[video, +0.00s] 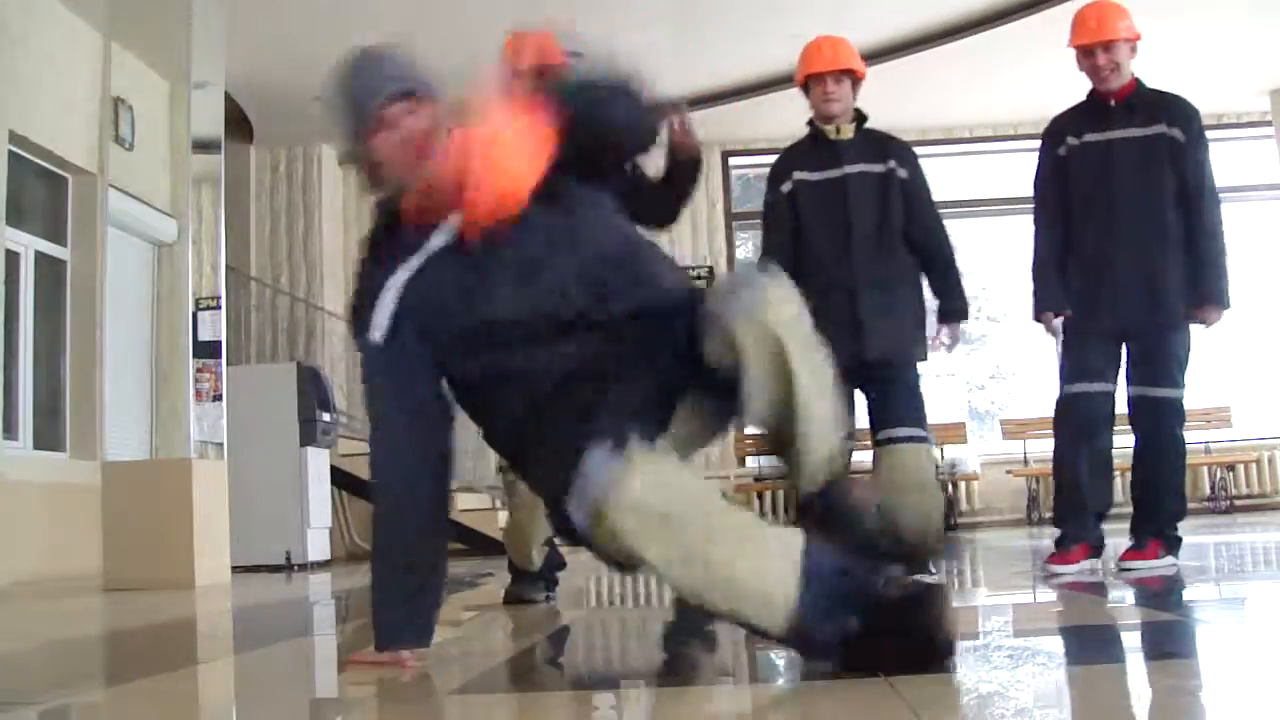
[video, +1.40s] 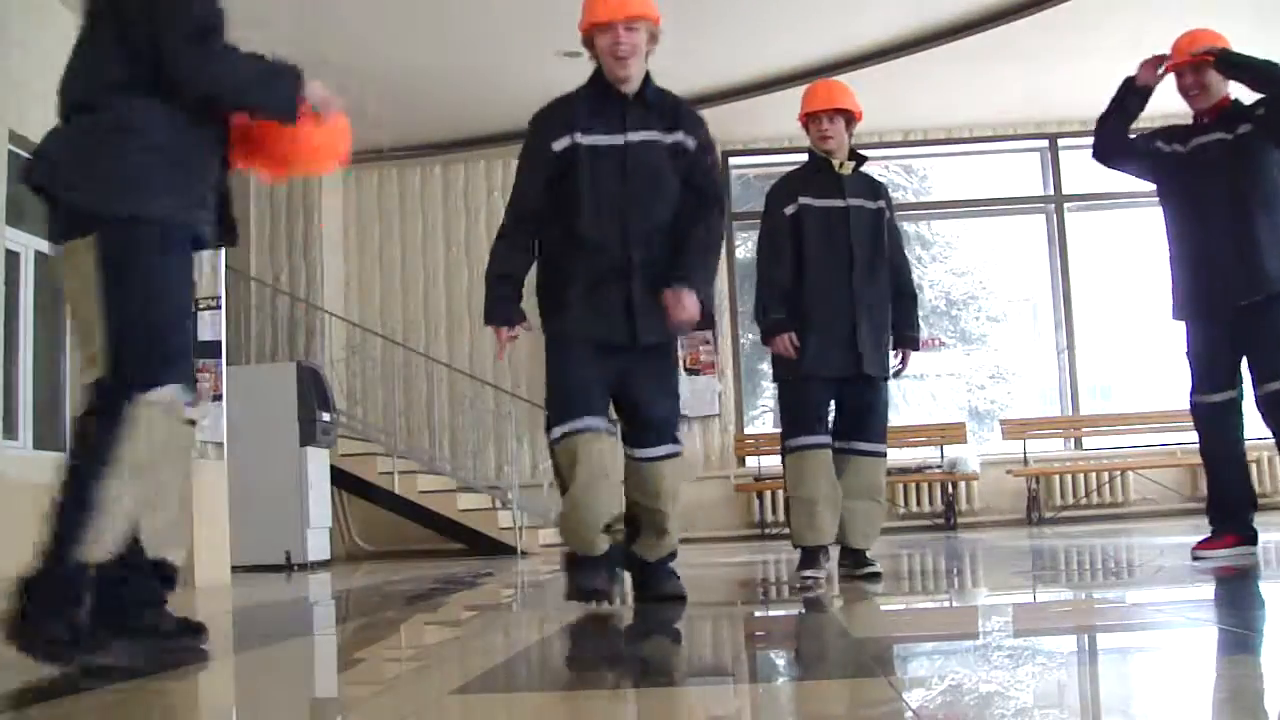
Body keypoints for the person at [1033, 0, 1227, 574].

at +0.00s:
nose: (1101, 59)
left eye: (1110, 47)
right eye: (1089, 51)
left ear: (1132, 46)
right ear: (1077, 57)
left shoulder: (1176, 115)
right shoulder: (1061, 131)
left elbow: (1202, 204)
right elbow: (1048, 219)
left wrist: (1209, 287)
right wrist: (1048, 291)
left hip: (1161, 298)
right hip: (1087, 301)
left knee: (1158, 422)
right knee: (1079, 421)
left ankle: (1155, 538)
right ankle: (1079, 537)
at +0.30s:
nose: (1109, 69)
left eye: (1119, 57)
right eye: (1099, 60)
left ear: (1145, 56)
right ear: (1091, 66)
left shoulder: (1190, 121)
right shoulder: (1083, 140)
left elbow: (1226, 207)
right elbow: (1070, 224)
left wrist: (1246, 283)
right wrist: (1073, 290)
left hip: (1171, 296)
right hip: (1106, 301)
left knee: (1159, 409)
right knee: (1106, 406)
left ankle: (1161, 540)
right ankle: (1155, 519)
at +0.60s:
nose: (1127, 93)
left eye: (1135, 81)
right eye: (1117, 85)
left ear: (1161, 77)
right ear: (1109, 89)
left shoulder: (1203, 133)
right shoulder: (1113, 160)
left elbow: (1243, 191)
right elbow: (1098, 238)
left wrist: (1200, 216)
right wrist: (1087, 305)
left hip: (1197, 301)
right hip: (1143, 306)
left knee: (1175, 411)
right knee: (1177, 416)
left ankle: (1159, 535)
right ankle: (1231, 526)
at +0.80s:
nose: (1137, 96)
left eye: (1144, 83)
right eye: (1128, 89)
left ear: (1171, 78)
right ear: (1123, 95)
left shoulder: (1216, 126)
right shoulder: (1132, 163)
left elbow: (1257, 160)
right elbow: (1119, 242)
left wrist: (1188, 124)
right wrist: (1092, 301)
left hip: (1218, 294)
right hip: (1166, 303)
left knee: (1197, 406)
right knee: (1190, 413)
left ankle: (1176, 526)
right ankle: (1233, 526)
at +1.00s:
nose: (1148, 92)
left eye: (1156, 80)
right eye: (1141, 84)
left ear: (1181, 79)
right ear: (1136, 91)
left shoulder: (1221, 129)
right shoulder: (1148, 160)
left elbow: (1263, 116)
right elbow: (1113, 222)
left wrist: (1196, 75)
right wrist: (1068, 211)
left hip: (1228, 287)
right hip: (1180, 299)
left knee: (1220, 400)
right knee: (1190, 409)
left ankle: (1254, 524)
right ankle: (1228, 526)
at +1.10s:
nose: (1158, 88)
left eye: (1167, 76)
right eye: (1150, 80)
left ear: (1192, 78)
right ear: (1144, 89)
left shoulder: (1229, 128)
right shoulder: (1149, 159)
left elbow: (1264, 109)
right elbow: (1102, 203)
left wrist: (1197, 69)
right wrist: (1080, 159)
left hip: (1237, 288)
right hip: (1182, 304)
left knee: (1239, 397)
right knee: (1195, 413)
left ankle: (1279, 520)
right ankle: (1232, 528)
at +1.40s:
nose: (1190, 81)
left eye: (1199, 68)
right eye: (1181, 73)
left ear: (1224, 70)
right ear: (1175, 83)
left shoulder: (1263, 123)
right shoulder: (1165, 145)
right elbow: (1107, 147)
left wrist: (1226, 60)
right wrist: (1137, 86)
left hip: (1268, 294)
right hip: (1205, 304)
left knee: (1276, 406)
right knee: (1215, 418)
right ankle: (1232, 529)